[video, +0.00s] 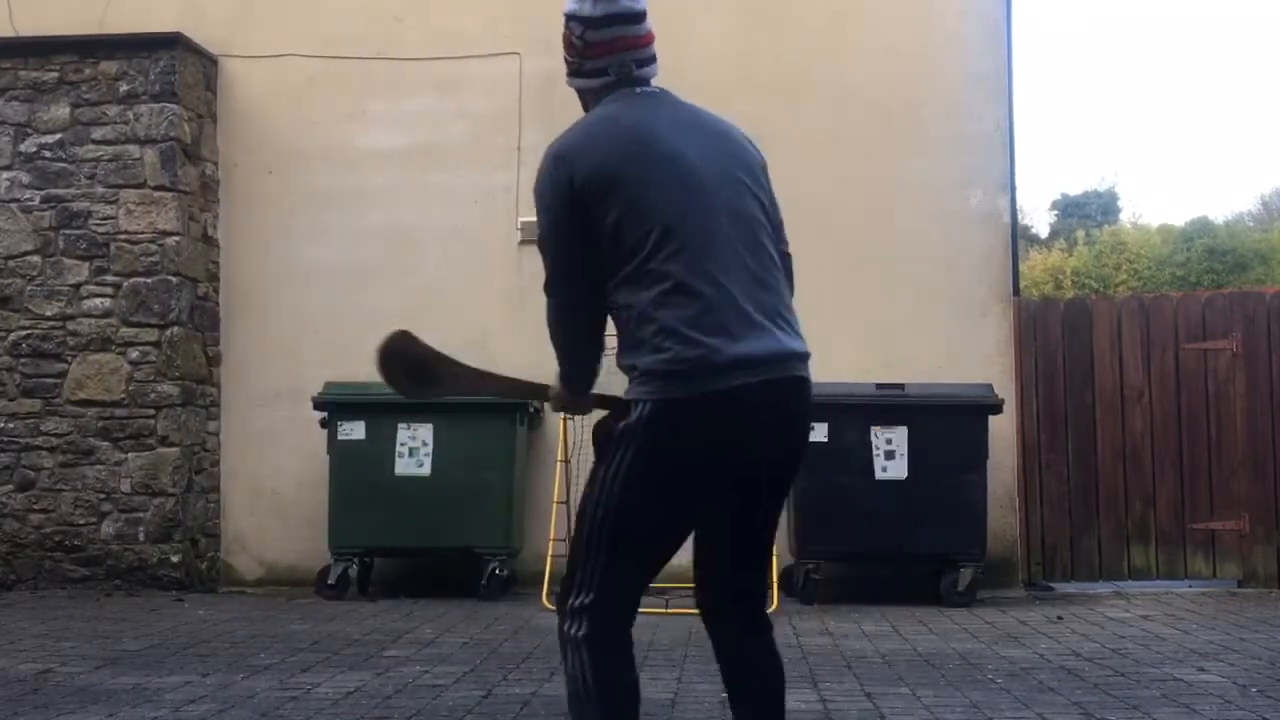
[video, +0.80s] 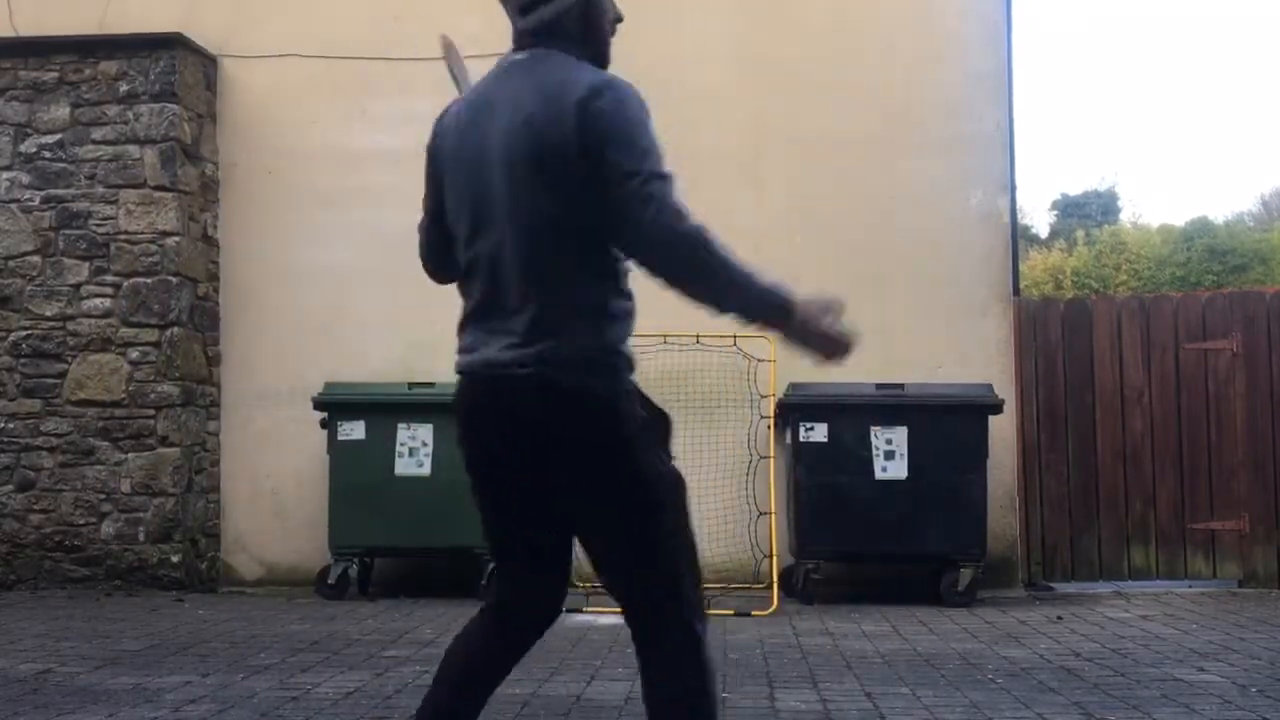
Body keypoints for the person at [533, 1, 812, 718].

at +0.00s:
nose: (572, 79)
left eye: (571, 68)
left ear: (577, 70)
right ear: (651, 60)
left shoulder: (574, 154)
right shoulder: (729, 134)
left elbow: (573, 299)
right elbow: (775, 265)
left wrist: (574, 386)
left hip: (679, 404)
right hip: (780, 394)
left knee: (592, 611)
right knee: (736, 601)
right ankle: (764, 713)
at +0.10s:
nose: (550, 81)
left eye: (551, 73)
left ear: (555, 84)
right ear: (633, 75)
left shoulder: (550, 172)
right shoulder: (701, 158)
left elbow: (518, 322)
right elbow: (764, 292)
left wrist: (473, 341)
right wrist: (661, 335)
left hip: (641, 427)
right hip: (749, 420)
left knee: (553, 636)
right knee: (666, 604)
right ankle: (705, 715)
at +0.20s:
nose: (559, 75)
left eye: (556, 66)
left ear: (558, 81)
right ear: (635, 69)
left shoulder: (543, 176)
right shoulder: (710, 158)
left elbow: (465, 297)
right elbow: (786, 253)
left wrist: (395, 308)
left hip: (612, 439)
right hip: (725, 433)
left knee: (543, 644)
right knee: (667, 615)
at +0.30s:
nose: (588, 5)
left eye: (579, 2)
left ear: (575, 11)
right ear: (648, 7)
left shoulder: (536, 93)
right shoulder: (709, 66)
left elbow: (436, 190)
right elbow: (816, 51)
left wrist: (325, 197)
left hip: (583, 381)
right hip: (698, 378)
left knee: (570, 596)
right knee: (702, 594)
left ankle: (561, 717)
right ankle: (705, 716)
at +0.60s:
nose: (670, 14)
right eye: (661, 8)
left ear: (567, 18)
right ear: (653, 11)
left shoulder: (533, 115)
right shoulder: (691, 75)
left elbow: (432, 200)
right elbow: (809, 19)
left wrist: (353, 168)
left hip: (562, 411)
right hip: (670, 403)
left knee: (523, 606)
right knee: (719, 630)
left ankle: (449, 711)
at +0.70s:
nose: (648, 30)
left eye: (643, 17)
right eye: (642, 17)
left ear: (555, 30)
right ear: (625, 22)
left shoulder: (502, 125)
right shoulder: (646, 97)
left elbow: (430, 245)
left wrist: (418, 204)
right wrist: (895, 89)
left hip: (537, 421)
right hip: (640, 417)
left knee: (536, 610)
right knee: (711, 633)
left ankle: (431, 712)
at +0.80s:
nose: (614, 24)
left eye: (611, 12)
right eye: (608, 11)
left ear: (524, 22)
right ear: (582, 17)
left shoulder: (456, 118)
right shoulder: (599, 98)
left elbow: (441, 259)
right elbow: (655, 230)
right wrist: (786, 311)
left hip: (487, 400)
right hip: (586, 397)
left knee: (524, 595)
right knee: (667, 617)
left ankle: (432, 716)